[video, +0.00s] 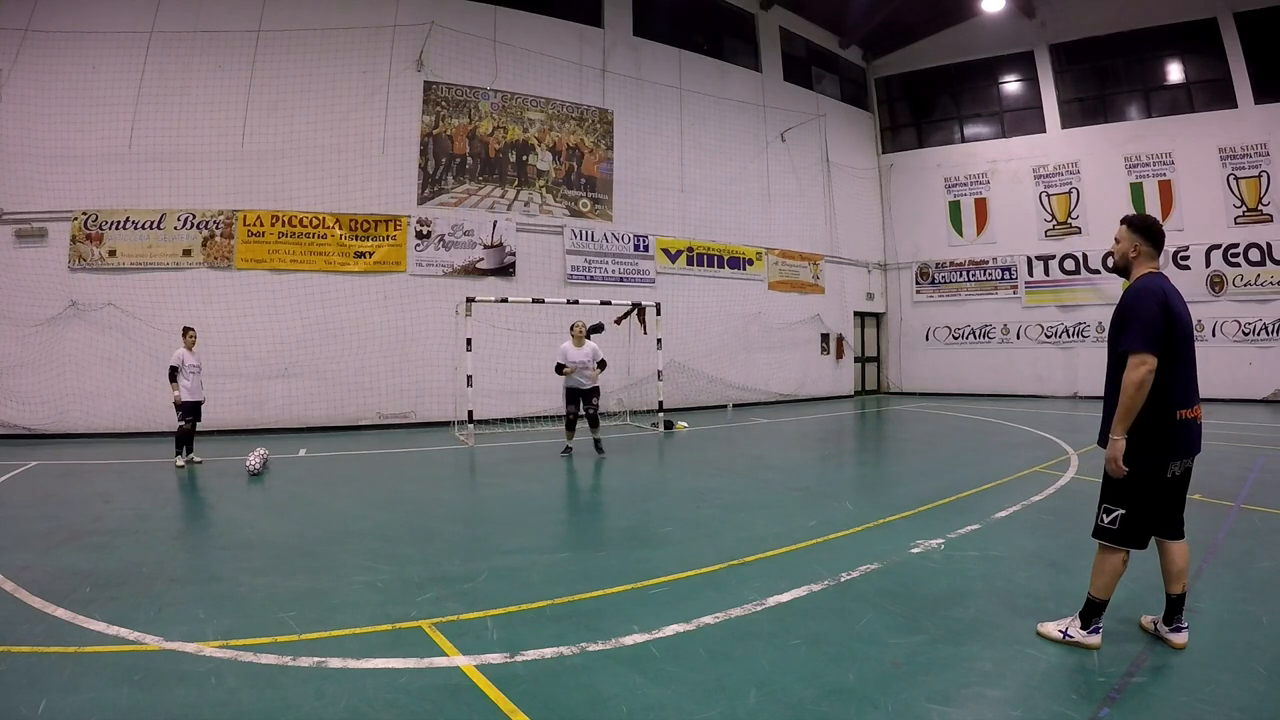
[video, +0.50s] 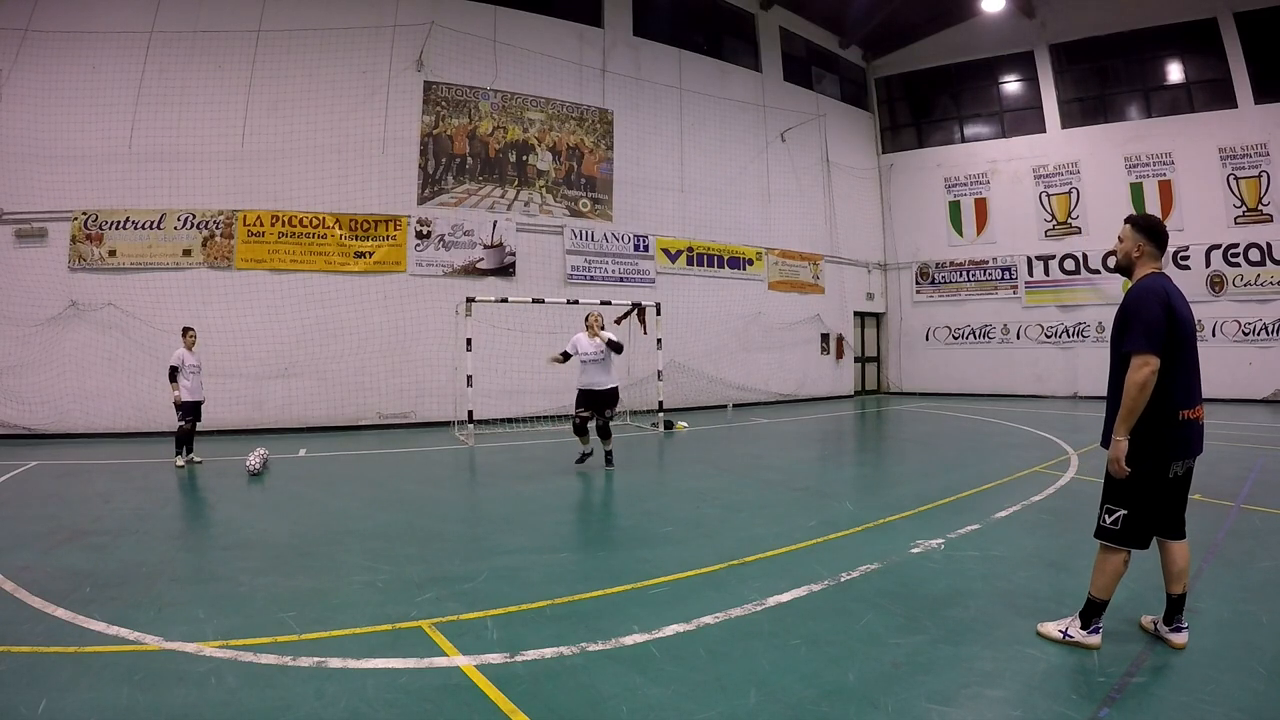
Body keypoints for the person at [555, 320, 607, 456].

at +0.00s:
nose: (580, 328)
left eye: (583, 327)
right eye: (577, 326)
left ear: (586, 331)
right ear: (571, 331)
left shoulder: (592, 346)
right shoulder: (565, 347)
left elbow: (603, 363)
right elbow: (558, 368)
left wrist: (596, 372)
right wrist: (567, 370)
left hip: (590, 387)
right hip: (572, 387)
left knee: (592, 415)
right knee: (571, 417)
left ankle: (597, 440)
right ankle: (569, 445)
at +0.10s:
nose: (584, 328)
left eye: (586, 326)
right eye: (581, 326)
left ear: (589, 331)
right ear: (575, 331)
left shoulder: (595, 346)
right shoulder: (568, 347)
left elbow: (606, 364)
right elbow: (559, 368)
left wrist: (600, 369)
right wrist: (570, 371)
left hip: (593, 387)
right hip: (574, 389)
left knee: (593, 417)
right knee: (573, 419)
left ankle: (602, 446)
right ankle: (569, 445)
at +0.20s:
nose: (589, 325)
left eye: (592, 323)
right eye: (586, 323)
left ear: (595, 329)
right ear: (581, 329)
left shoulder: (600, 345)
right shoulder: (573, 346)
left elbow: (613, 368)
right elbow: (564, 366)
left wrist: (602, 359)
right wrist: (574, 377)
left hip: (598, 389)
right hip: (578, 390)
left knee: (596, 421)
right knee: (576, 423)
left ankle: (603, 448)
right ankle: (572, 441)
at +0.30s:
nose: (592, 319)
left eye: (595, 318)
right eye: (589, 318)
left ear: (598, 324)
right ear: (583, 324)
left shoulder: (604, 339)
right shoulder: (575, 339)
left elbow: (616, 361)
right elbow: (565, 360)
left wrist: (601, 347)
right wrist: (575, 366)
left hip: (600, 386)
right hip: (579, 386)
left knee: (597, 420)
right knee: (578, 421)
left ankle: (604, 444)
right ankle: (581, 449)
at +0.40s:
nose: (594, 318)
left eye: (597, 316)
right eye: (591, 316)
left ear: (600, 323)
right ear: (585, 323)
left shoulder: (606, 337)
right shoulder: (577, 338)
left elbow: (616, 357)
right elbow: (565, 360)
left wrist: (599, 340)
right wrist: (574, 362)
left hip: (602, 385)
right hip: (582, 385)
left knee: (599, 422)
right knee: (581, 423)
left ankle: (606, 453)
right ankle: (585, 454)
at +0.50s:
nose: (596, 318)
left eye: (598, 317)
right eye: (593, 316)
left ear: (602, 323)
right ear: (586, 323)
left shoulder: (607, 336)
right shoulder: (579, 338)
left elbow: (619, 350)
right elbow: (565, 356)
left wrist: (600, 335)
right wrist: (557, 358)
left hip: (607, 389)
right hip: (585, 389)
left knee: (602, 427)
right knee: (579, 426)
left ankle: (608, 453)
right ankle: (587, 450)